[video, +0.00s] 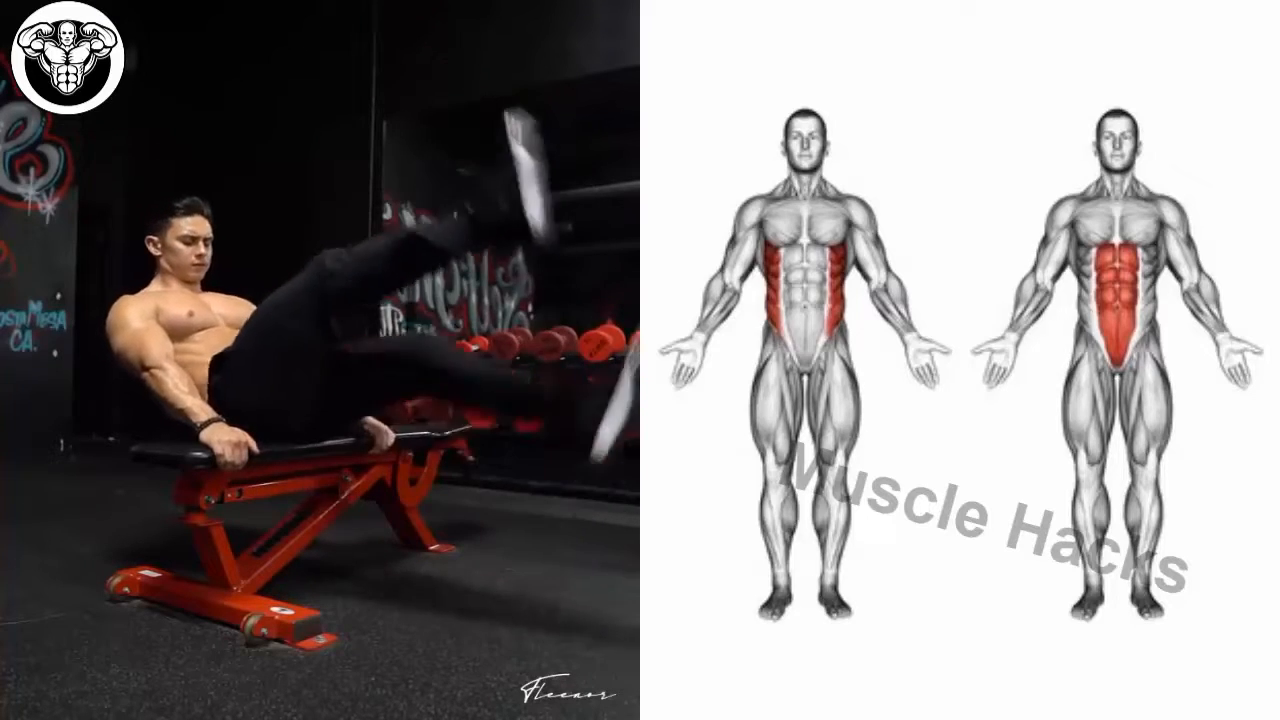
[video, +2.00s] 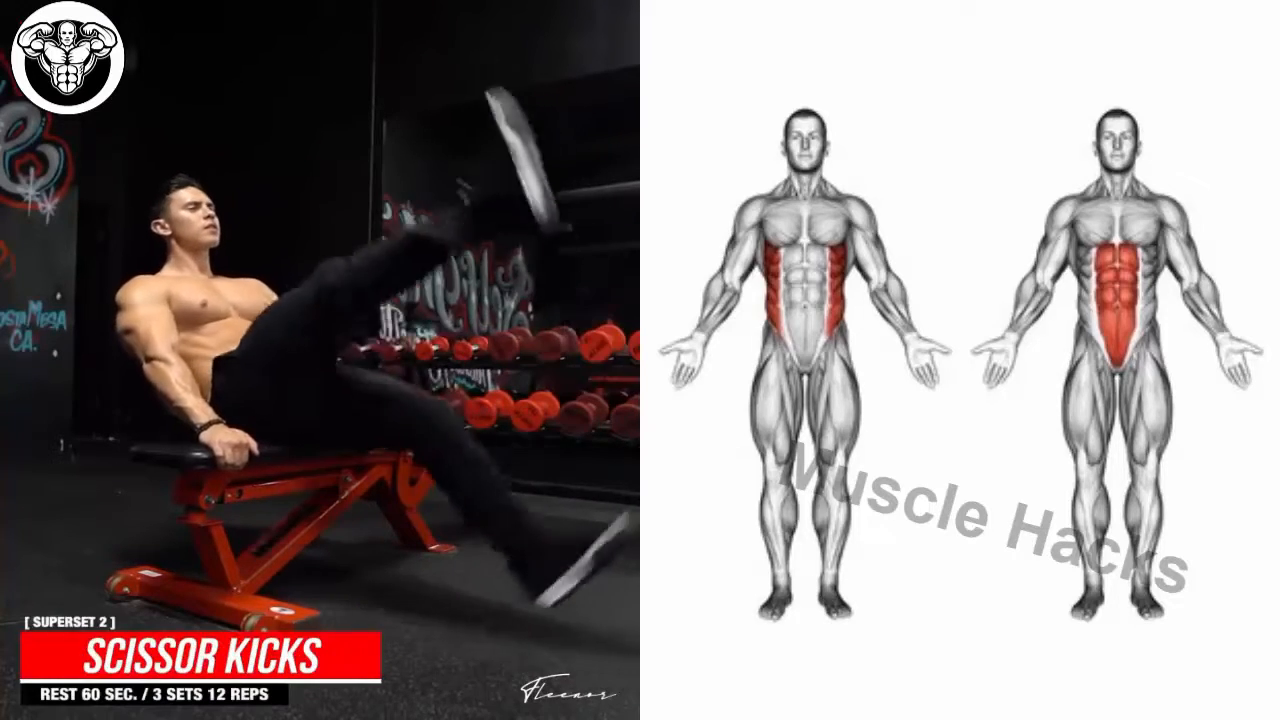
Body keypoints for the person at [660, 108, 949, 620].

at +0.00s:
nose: (805, 146)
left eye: (812, 138)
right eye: (797, 138)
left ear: (825, 146)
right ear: (785, 146)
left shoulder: (852, 211)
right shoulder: (758, 211)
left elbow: (881, 281)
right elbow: (729, 281)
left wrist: (910, 337)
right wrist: (700, 336)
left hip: (832, 355)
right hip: (777, 355)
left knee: (834, 467)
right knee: (777, 469)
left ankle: (830, 584)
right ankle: (780, 585)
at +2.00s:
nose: (804, 145)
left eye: (812, 138)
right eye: (797, 138)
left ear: (825, 146)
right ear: (785, 145)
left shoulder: (852, 211)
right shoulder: (758, 211)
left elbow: (881, 282)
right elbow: (729, 281)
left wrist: (910, 336)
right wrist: (700, 336)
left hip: (832, 355)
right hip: (777, 355)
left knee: (834, 467)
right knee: (777, 469)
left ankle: (830, 584)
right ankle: (780, 585)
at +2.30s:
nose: (804, 146)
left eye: (812, 138)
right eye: (797, 138)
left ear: (825, 145)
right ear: (785, 145)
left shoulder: (852, 211)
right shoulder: (758, 211)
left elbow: (881, 282)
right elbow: (729, 281)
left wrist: (910, 336)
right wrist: (700, 336)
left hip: (832, 355)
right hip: (777, 355)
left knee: (834, 467)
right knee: (777, 469)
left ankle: (830, 584)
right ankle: (780, 585)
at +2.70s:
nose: (805, 146)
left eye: (812, 138)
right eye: (797, 138)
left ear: (825, 146)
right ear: (785, 146)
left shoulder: (852, 211)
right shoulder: (758, 211)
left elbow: (881, 281)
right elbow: (729, 282)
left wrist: (910, 336)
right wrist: (700, 336)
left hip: (832, 355)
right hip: (777, 355)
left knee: (834, 468)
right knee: (777, 469)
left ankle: (829, 584)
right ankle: (780, 585)